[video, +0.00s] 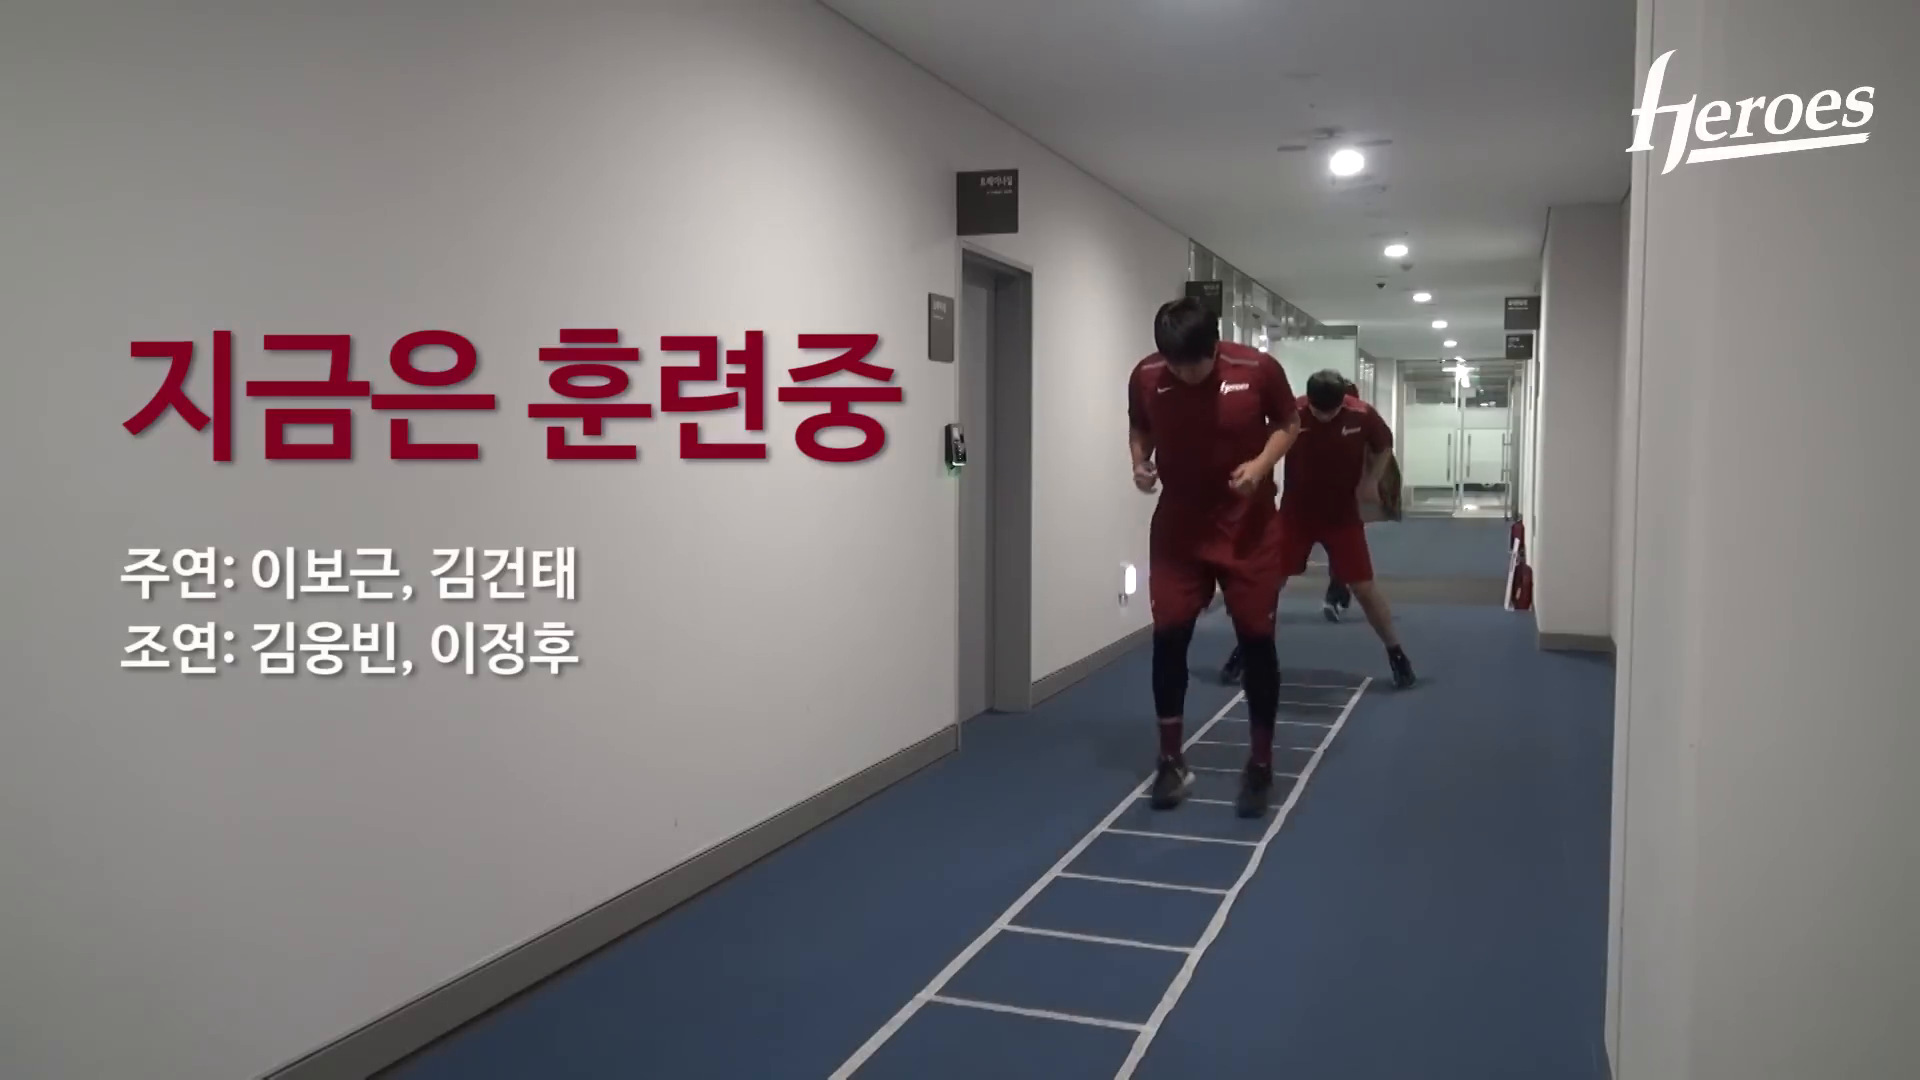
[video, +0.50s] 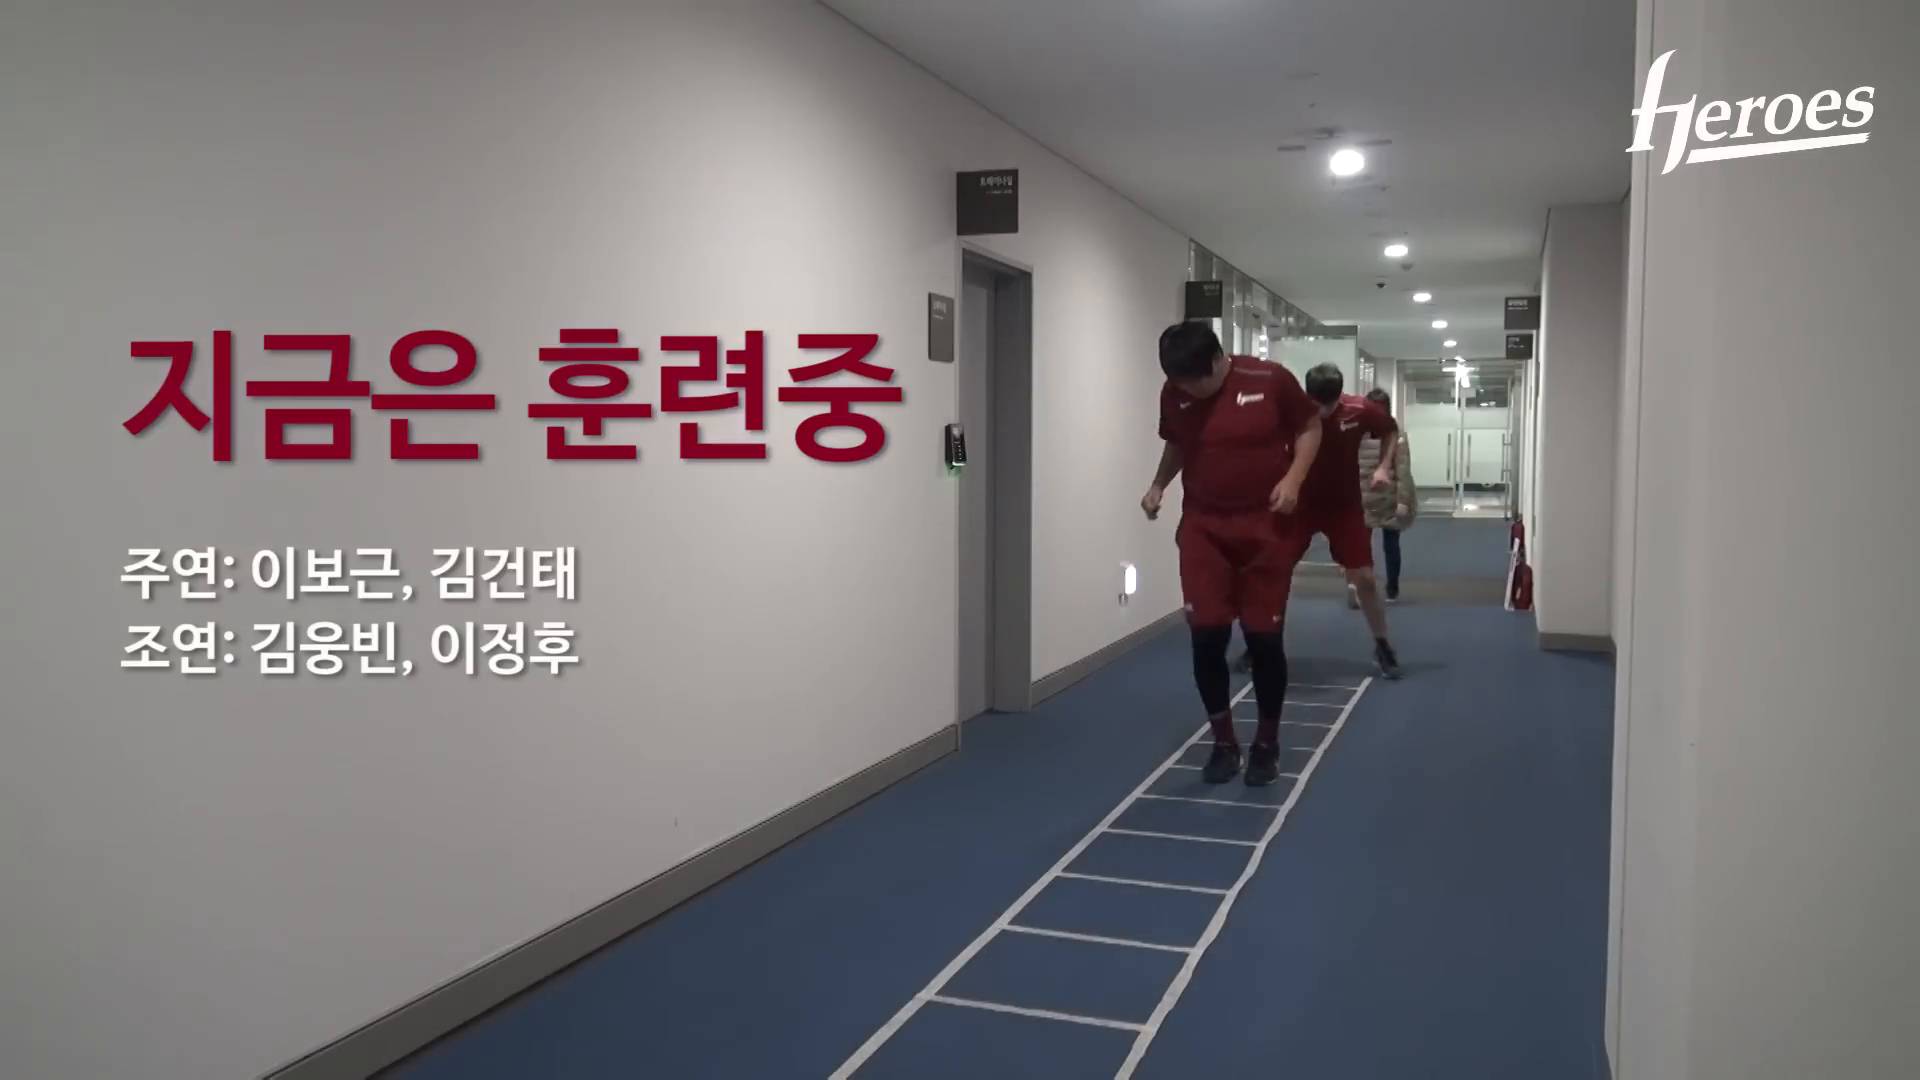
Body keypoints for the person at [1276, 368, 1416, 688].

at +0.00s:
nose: (1324, 418)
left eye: (1330, 413)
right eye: (1318, 413)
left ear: (1341, 402)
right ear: (1308, 400)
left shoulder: (1361, 415)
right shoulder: (1292, 415)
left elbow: (1384, 445)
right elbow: (1266, 444)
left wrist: (1373, 480)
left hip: (1342, 516)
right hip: (1296, 513)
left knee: (1364, 588)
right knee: (1267, 584)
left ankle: (1396, 655)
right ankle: (1245, 649)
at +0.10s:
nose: (1325, 408)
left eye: (1332, 404)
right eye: (1320, 403)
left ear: (1343, 393)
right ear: (1309, 391)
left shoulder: (1360, 405)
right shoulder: (1292, 404)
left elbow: (1386, 431)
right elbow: (1265, 428)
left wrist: (1371, 463)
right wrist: (1276, 461)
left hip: (1341, 501)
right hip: (1297, 499)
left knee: (1350, 579)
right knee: (1281, 577)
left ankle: (1372, 649)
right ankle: (1279, 653)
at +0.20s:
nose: (1324, 414)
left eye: (1331, 409)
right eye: (1318, 408)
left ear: (1341, 397)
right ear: (1309, 396)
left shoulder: (1359, 412)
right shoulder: (1293, 414)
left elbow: (1387, 443)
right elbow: (1271, 450)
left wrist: (1377, 471)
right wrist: (1279, 483)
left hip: (1342, 509)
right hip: (1301, 508)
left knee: (1332, 583)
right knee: (1305, 583)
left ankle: (1335, 652)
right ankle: (1308, 651)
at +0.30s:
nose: (1324, 414)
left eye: (1330, 408)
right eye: (1318, 408)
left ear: (1340, 398)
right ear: (1308, 397)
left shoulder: (1357, 416)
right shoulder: (1295, 416)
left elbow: (1385, 449)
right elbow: (1272, 452)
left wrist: (1376, 478)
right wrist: (1278, 489)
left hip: (1342, 512)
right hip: (1302, 511)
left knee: (1338, 584)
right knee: (1303, 582)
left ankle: (1337, 650)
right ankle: (1307, 649)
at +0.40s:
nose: (1323, 408)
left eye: (1329, 403)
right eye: (1317, 403)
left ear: (1340, 393)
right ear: (1308, 392)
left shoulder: (1359, 404)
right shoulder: (1297, 407)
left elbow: (1385, 433)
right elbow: (1277, 439)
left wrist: (1378, 467)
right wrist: (1281, 471)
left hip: (1345, 501)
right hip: (1302, 499)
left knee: (1351, 575)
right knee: (1291, 573)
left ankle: (1352, 645)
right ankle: (1288, 641)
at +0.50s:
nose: (1320, 414)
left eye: (1327, 407)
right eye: (1314, 407)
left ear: (1338, 398)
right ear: (1305, 396)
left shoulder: (1360, 410)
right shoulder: (1295, 414)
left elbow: (1390, 430)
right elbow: (1272, 450)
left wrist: (1384, 466)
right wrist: (1282, 483)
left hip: (1344, 508)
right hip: (1299, 506)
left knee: (1365, 578)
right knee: (1274, 576)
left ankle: (1383, 647)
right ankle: (1260, 647)